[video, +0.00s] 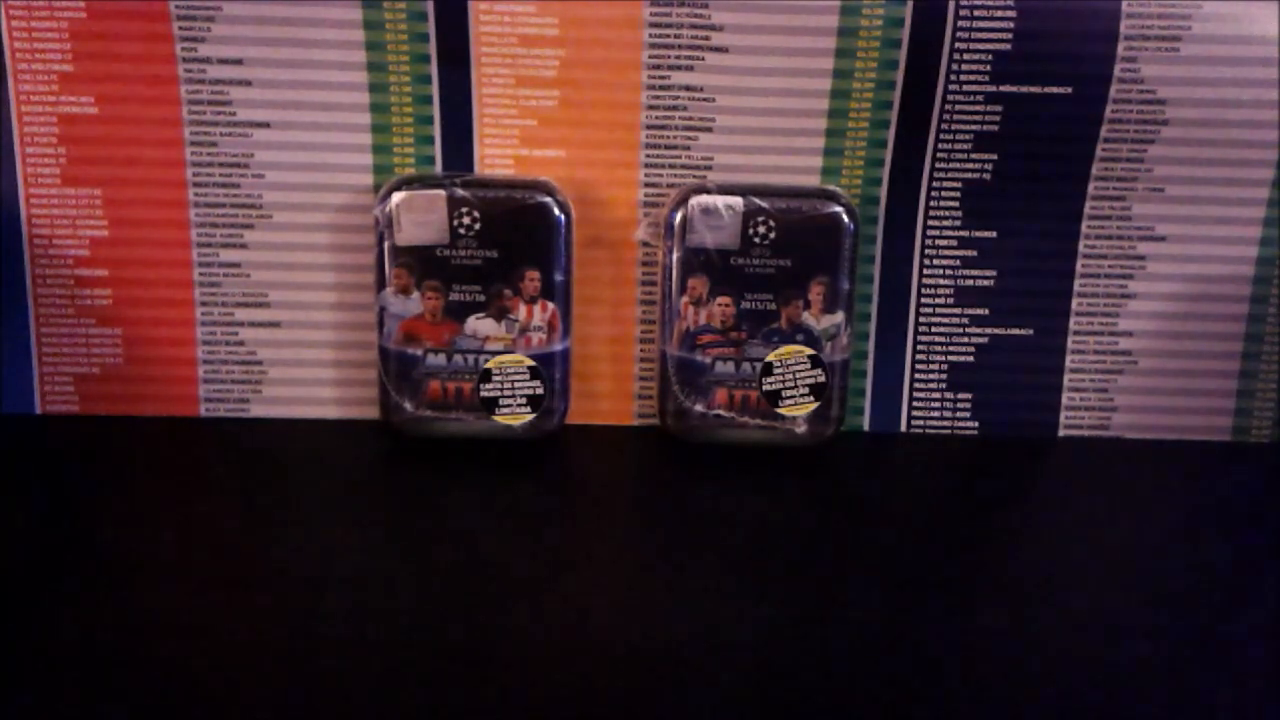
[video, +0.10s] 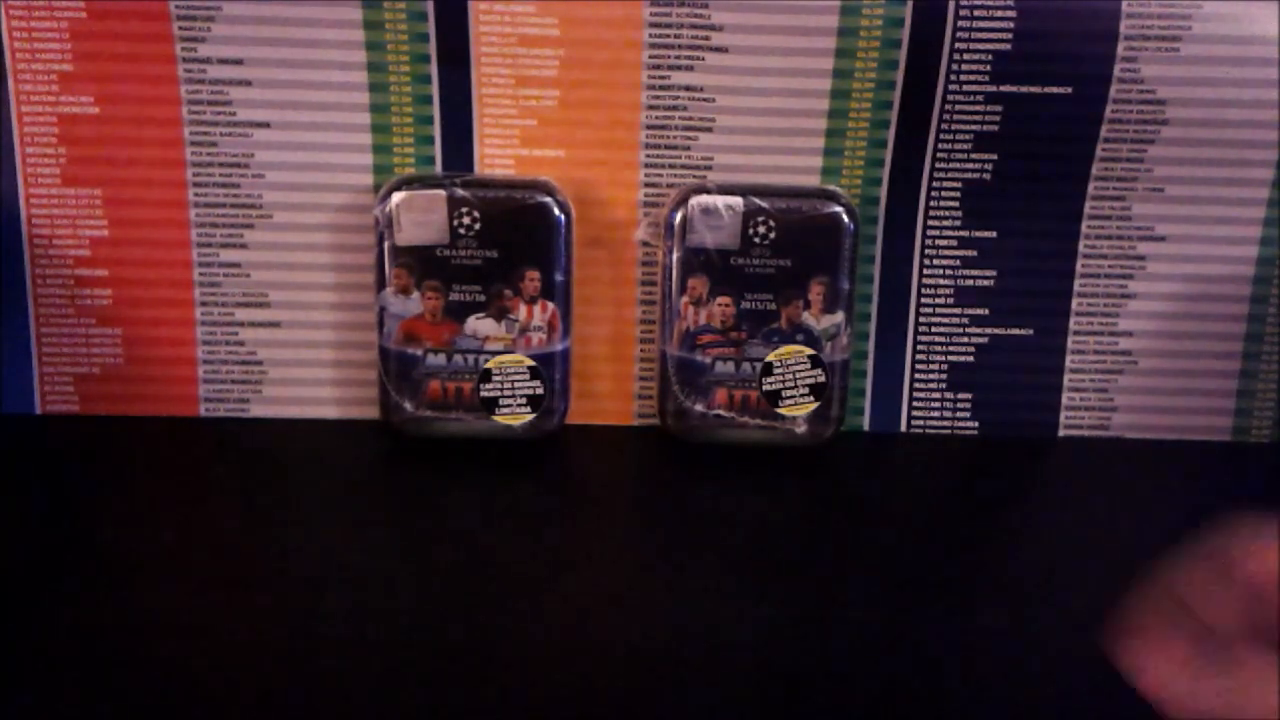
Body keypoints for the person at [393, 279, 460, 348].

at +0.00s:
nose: (433, 303)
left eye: (437, 299)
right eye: (429, 298)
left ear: (444, 301)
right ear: (422, 301)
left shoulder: (454, 328)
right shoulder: (408, 325)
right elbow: (395, 348)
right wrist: (421, 346)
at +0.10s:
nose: (433, 303)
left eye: (437, 299)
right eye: (429, 298)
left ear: (444, 301)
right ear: (422, 301)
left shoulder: (454, 328)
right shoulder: (407, 326)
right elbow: (395, 349)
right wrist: (420, 346)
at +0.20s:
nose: (433, 303)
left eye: (437, 299)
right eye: (429, 299)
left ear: (444, 301)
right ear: (422, 301)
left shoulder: (454, 328)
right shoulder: (408, 326)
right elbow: (395, 347)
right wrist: (420, 346)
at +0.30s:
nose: (433, 303)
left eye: (437, 299)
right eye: (429, 299)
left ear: (444, 302)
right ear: (422, 301)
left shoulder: (454, 328)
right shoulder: (408, 326)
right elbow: (395, 348)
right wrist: (420, 347)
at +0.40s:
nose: (433, 303)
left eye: (437, 299)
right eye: (429, 298)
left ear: (444, 301)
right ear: (422, 301)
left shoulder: (454, 328)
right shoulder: (408, 326)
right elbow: (395, 347)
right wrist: (420, 346)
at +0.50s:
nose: (433, 303)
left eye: (437, 299)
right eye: (429, 298)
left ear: (444, 301)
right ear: (422, 301)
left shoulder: (454, 328)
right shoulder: (409, 325)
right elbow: (395, 346)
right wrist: (420, 346)